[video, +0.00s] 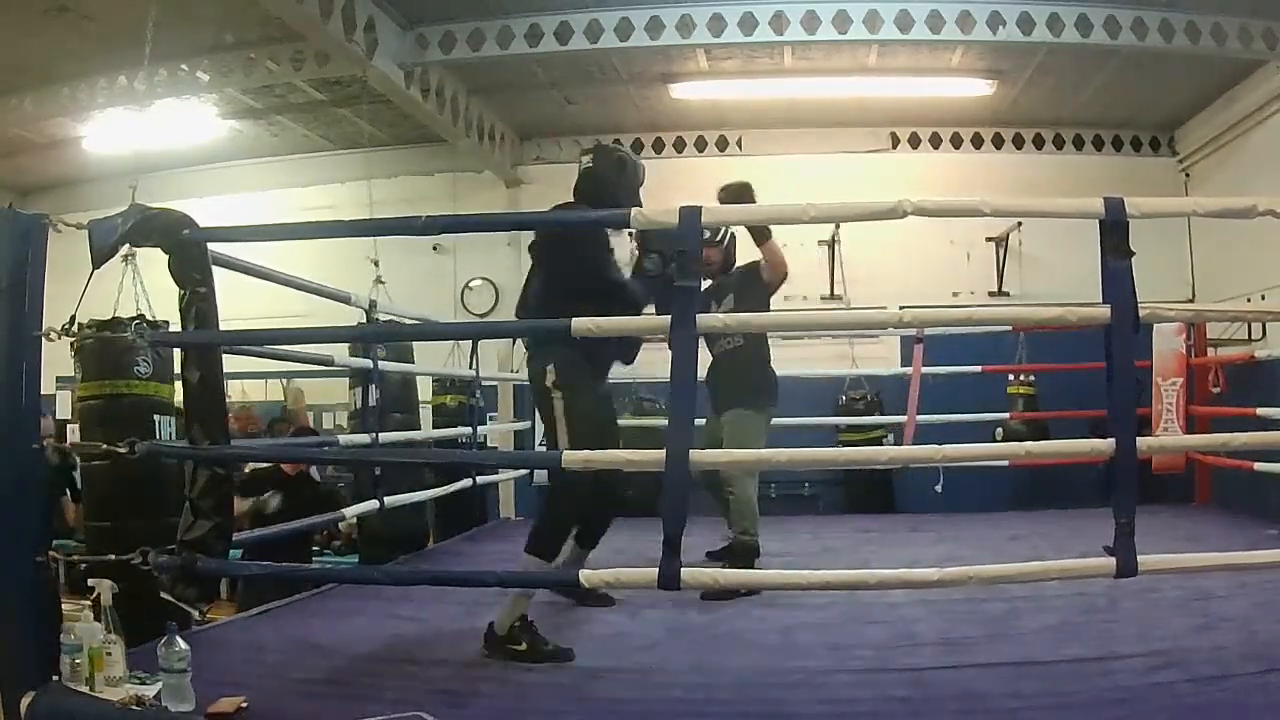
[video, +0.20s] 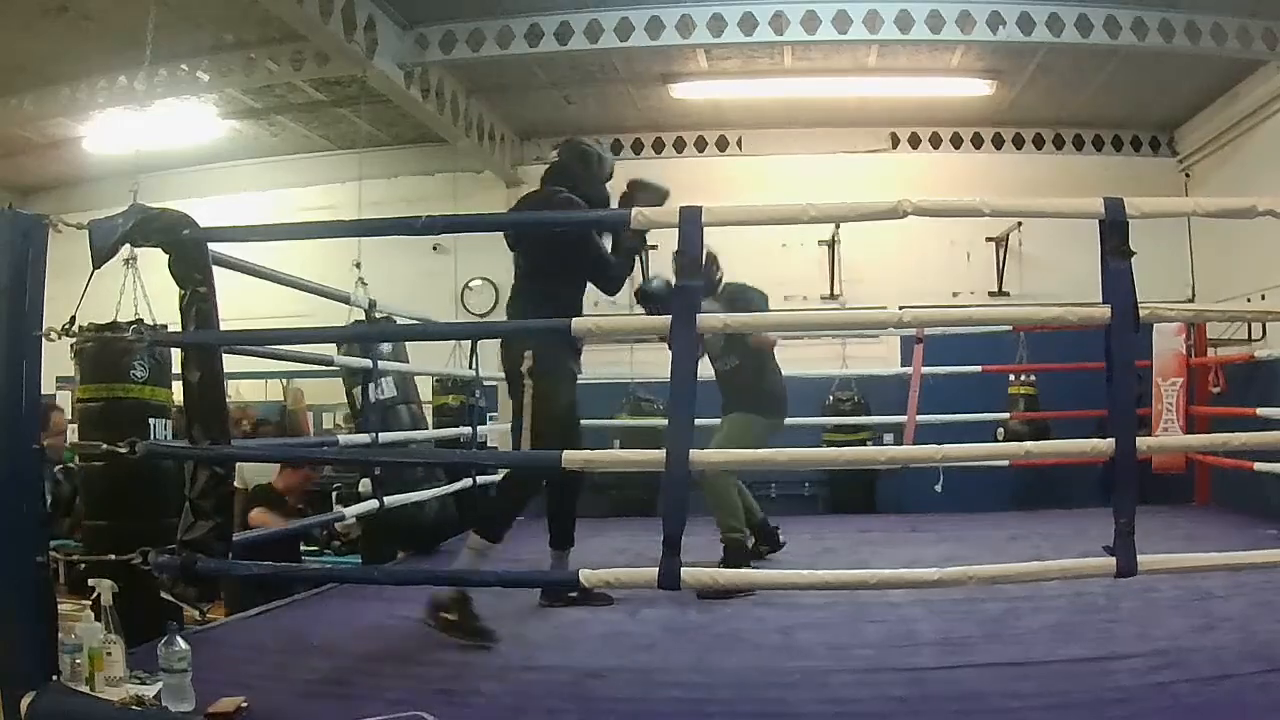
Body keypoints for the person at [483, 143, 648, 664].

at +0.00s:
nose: (635, 203)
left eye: (635, 194)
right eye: (632, 193)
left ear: (592, 181)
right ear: (613, 189)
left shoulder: (586, 229)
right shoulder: (576, 228)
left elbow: (610, 298)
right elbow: (612, 300)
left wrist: (639, 278)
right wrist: (643, 287)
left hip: (581, 370)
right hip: (562, 371)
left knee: (610, 483)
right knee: (575, 487)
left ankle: (566, 574)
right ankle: (507, 622)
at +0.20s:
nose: (605, 190)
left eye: (605, 181)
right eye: (601, 181)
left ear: (563, 171)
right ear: (582, 176)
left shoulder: (537, 209)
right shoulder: (565, 211)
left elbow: (604, 276)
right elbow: (611, 280)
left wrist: (620, 224)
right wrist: (630, 232)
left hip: (542, 345)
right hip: (540, 346)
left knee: (568, 461)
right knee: (535, 461)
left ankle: (560, 579)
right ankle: (456, 586)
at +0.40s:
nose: (572, 206)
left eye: (573, 199)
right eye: (569, 198)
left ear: (529, 185)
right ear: (556, 191)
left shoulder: (507, 220)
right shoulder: (543, 219)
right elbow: (572, 288)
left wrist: (588, 226)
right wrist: (602, 228)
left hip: (495, 366)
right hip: (504, 368)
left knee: (576, 467)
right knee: (476, 496)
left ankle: (564, 579)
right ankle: (382, 582)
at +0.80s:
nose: (544, 235)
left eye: (543, 228)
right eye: (539, 226)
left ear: (503, 212)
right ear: (520, 218)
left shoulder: (495, 241)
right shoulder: (498, 241)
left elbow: (539, 310)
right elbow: (533, 314)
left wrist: (570, 266)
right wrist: (576, 266)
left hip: (479, 379)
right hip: (467, 379)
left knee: (539, 470)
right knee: (445, 492)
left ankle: (560, 573)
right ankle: (365, 597)